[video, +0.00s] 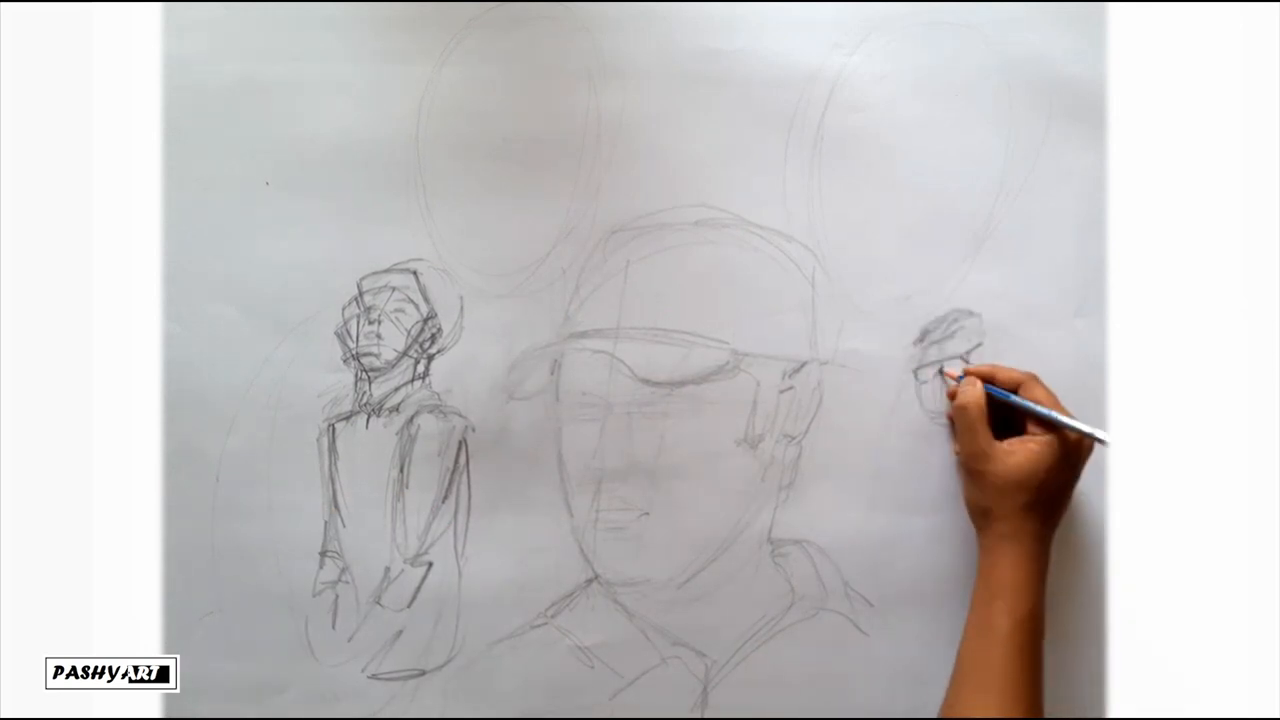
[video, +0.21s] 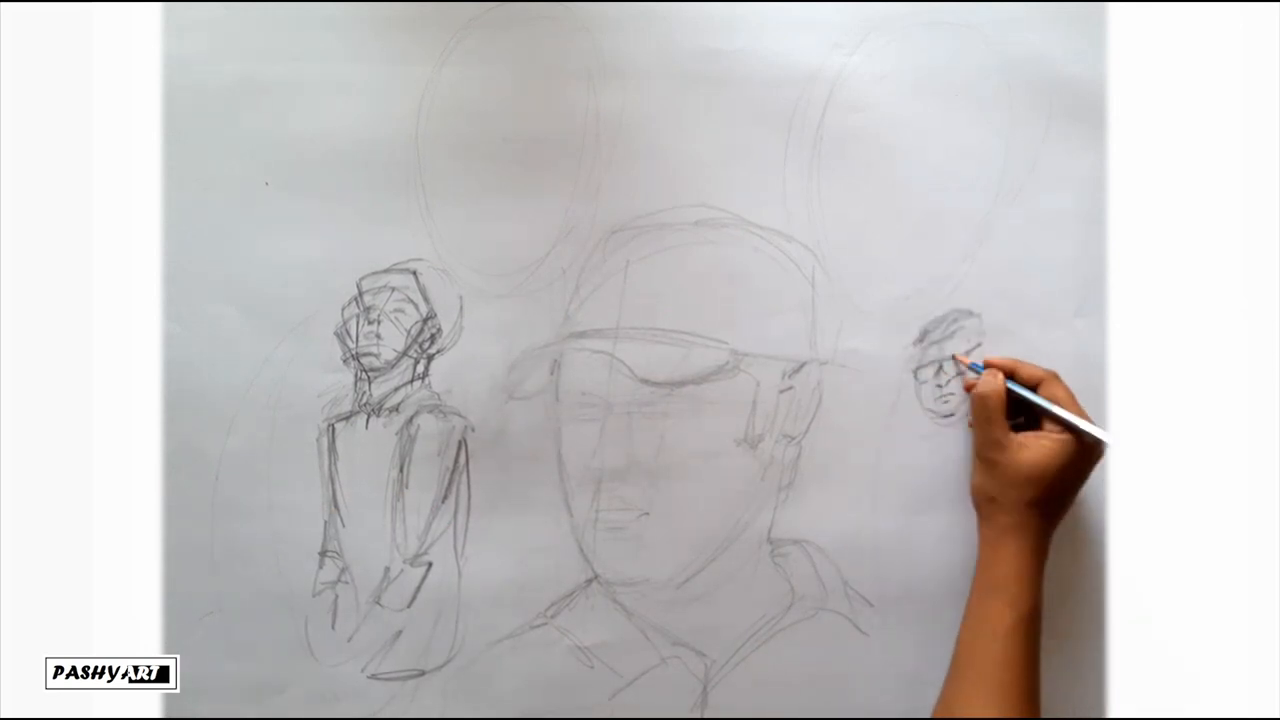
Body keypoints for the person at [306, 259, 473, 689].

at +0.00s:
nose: (374, 326)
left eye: (396, 315)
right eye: (367, 314)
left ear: (426, 335)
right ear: (352, 328)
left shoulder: (439, 426)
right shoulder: (335, 423)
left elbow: (433, 557)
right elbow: (333, 542)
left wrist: (373, 641)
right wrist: (327, 626)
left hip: (419, 620)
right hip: (348, 619)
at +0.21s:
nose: (374, 326)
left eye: (396, 314)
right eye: (367, 314)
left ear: (427, 334)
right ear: (351, 327)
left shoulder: (438, 428)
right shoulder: (334, 426)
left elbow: (431, 558)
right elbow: (332, 540)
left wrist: (364, 646)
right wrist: (327, 616)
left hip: (415, 625)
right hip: (346, 623)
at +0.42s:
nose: (373, 328)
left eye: (395, 315)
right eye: (366, 315)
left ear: (426, 335)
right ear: (350, 328)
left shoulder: (437, 427)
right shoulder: (333, 428)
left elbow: (431, 560)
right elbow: (331, 545)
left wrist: (356, 654)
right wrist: (324, 632)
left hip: (414, 629)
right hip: (345, 629)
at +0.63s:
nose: (373, 327)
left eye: (395, 315)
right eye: (366, 314)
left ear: (427, 335)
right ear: (350, 327)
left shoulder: (438, 428)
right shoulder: (334, 426)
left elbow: (431, 560)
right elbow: (332, 545)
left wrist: (358, 653)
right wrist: (325, 638)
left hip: (415, 626)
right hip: (346, 626)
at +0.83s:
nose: (372, 329)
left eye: (394, 316)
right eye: (366, 315)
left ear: (426, 334)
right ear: (350, 328)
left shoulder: (436, 426)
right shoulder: (332, 426)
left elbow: (430, 560)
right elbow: (331, 544)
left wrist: (356, 656)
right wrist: (323, 636)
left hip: (415, 627)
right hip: (345, 628)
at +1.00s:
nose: (372, 325)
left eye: (394, 314)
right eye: (364, 312)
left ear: (425, 334)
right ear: (349, 326)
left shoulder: (436, 427)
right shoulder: (332, 426)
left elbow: (429, 559)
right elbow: (330, 544)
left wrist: (357, 652)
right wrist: (323, 635)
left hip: (414, 624)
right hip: (345, 624)